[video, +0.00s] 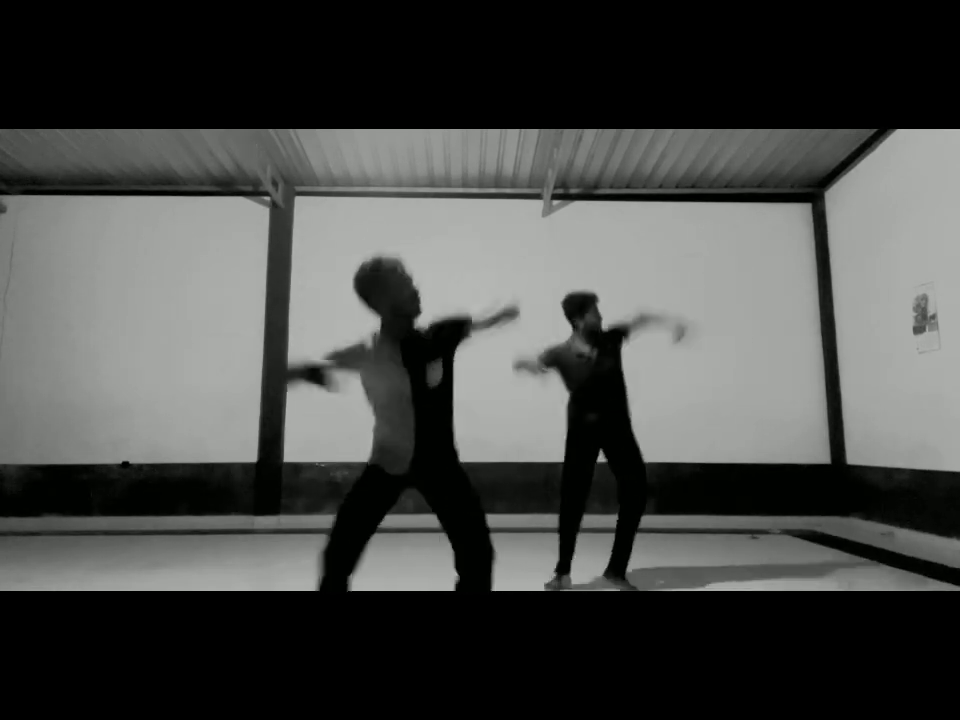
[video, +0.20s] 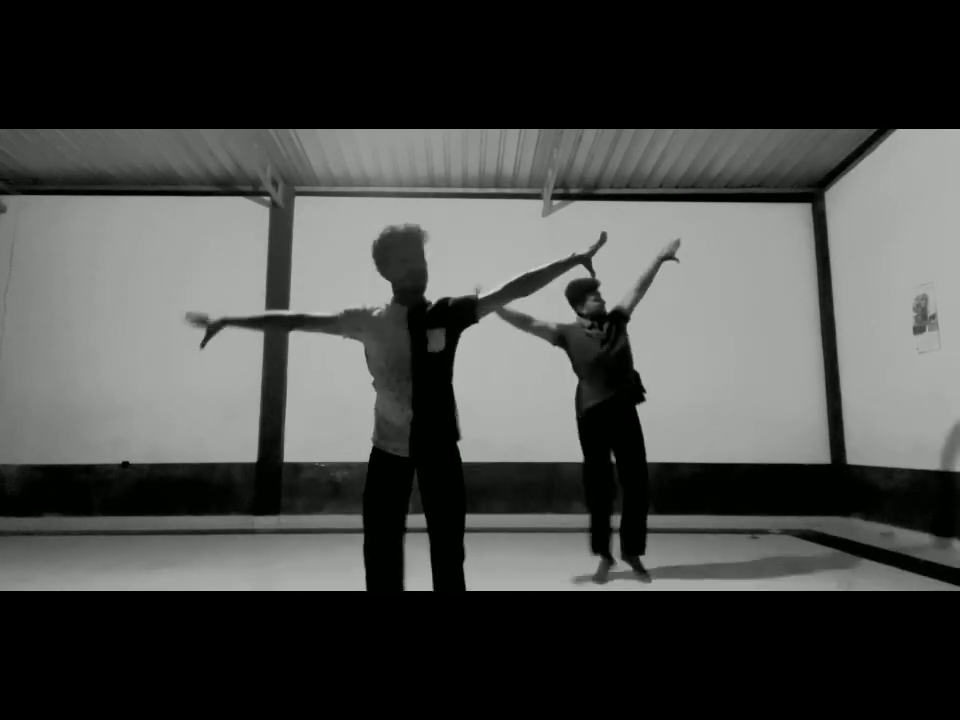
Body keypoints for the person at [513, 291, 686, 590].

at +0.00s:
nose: (599, 316)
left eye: (598, 311)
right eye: (593, 312)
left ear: (592, 315)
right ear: (579, 318)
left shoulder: (612, 338)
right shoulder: (561, 353)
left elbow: (641, 320)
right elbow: (531, 364)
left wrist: (674, 324)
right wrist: (528, 366)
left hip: (617, 431)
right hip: (582, 436)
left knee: (635, 493)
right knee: (572, 498)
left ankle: (616, 571)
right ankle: (563, 571)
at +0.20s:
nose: (600, 299)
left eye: (599, 294)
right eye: (593, 297)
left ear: (599, 299)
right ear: (578, 306)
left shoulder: (617, 320)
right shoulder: (566, 333)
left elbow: (639, 287)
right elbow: (526, 321)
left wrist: (660, 258)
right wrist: (490, 304)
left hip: (623, 412)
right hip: (593, 415)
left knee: (636, 482)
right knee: (598, 484)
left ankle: (632, 553)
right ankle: (605, 556)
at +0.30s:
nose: (599, 307)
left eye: (600, 302)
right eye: (591, 305)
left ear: (605, 304)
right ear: (580, 311)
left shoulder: (618, 329)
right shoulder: (571, 336)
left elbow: (641, 291)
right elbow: (536, 317)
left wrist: (658, 258)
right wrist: (516, 292)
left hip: (628, 420)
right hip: (596, 424)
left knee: (641, 488)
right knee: (603, 492)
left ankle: (637, 557)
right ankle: (607, 561)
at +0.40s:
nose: (604, 308)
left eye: (607, 304)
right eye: (597, 306)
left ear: (613, 307)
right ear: (587, 313)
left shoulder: (627, 334)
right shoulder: (579, 339)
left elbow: (648, 300)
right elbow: (546, 315)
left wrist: (642, 277)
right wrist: (556, 282)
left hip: (629, 424)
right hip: (595, 426)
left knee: (645, 490)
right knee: (602, 496)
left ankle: (650, 560)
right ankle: (610, 563)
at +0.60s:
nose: (623, 323)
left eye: (627, 319)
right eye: (617, 319)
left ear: (635, 324)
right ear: (610, 325)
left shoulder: (647, 354)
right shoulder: (602, 351)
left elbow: (662, 354)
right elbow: (587, 350)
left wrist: (641, 323)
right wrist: (602, 319)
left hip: (632, 432)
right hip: (596, 428)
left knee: (655, 488)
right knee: (575, 483)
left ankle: (659, 565)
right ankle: (587, 549)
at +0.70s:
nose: (631, 339)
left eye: (636, 334)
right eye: (625, 334)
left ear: (644, 336)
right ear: (619, 336)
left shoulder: (654, 372)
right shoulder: (605, 362)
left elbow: (646, 395)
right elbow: (597, 395)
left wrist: (636, 367)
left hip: (634, 441)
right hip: (598, 433)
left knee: (667, 495)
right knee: (556, 472)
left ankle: (660, 567)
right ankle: (558, 548)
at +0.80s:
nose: (630, 357)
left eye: (634, 351)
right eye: (625, 351)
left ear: (641, 349)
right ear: (617, 349)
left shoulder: (651, 385)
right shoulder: (599, 377)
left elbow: (651, 420)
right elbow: (589, 417)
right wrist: (605, 429)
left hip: (631, 452)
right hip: (594, 448)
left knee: (673, 499)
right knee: (547, 476)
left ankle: (662, 567)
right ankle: (527, 550)